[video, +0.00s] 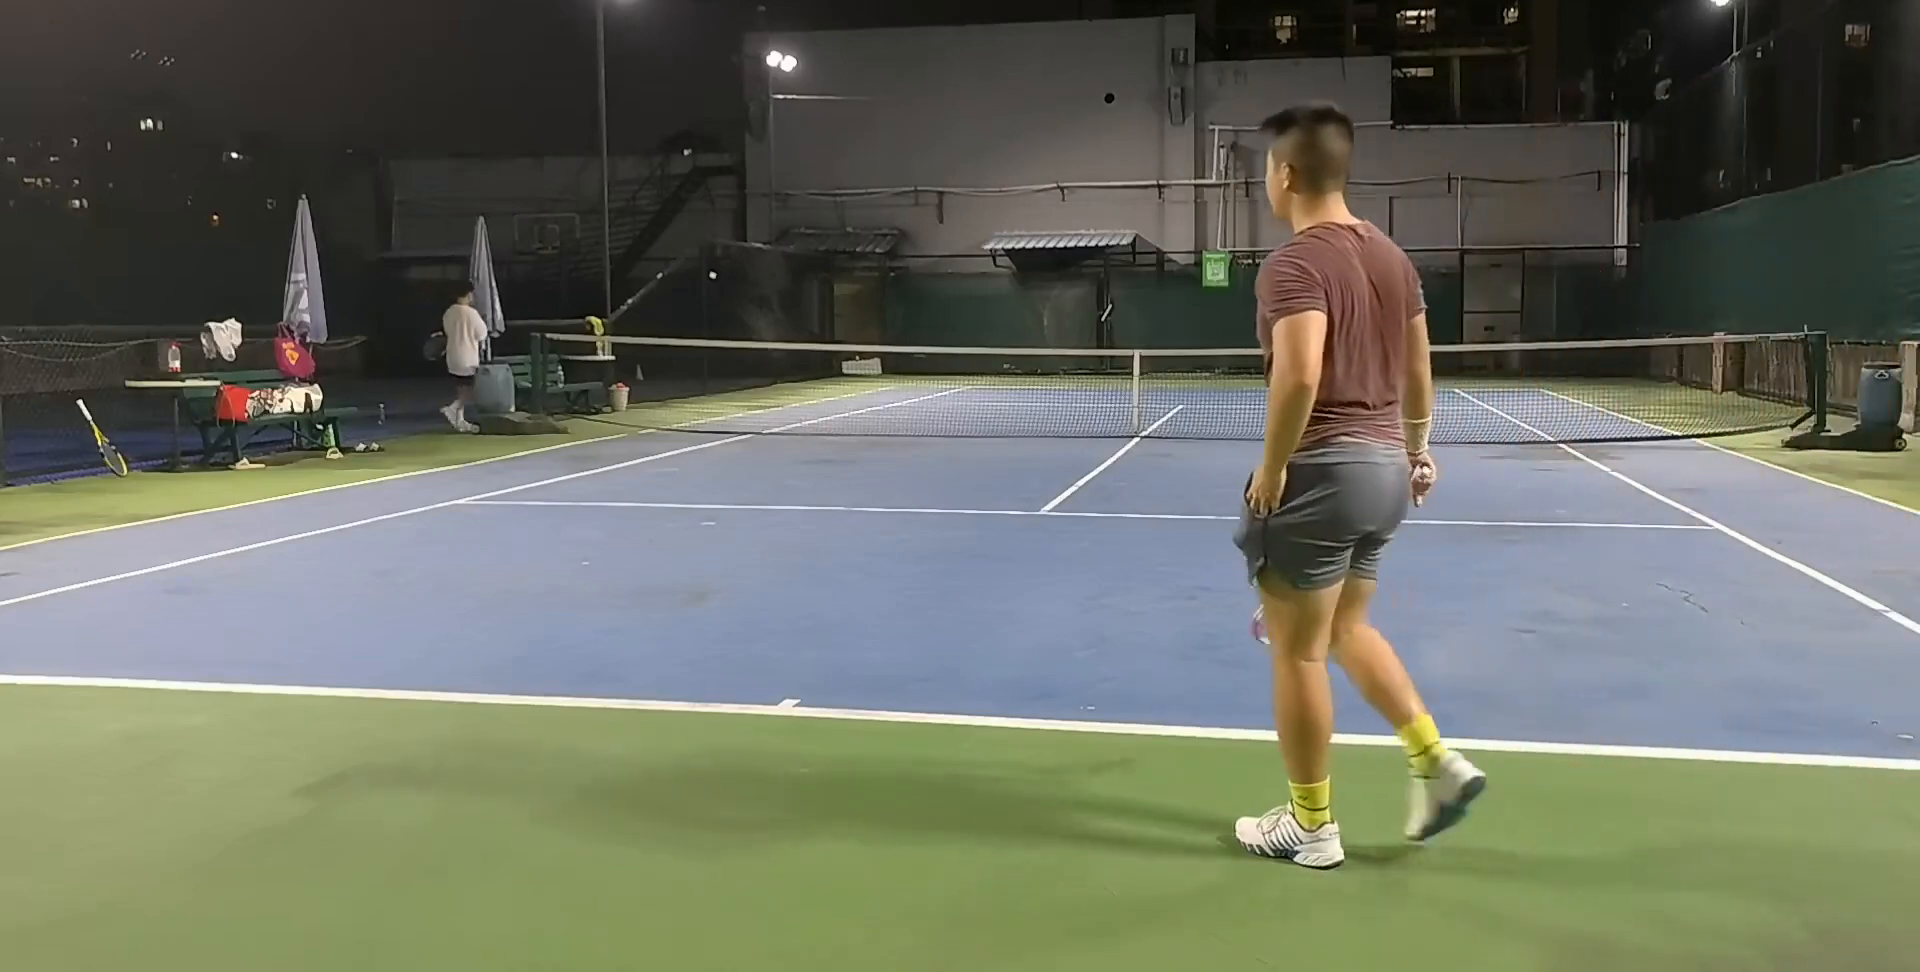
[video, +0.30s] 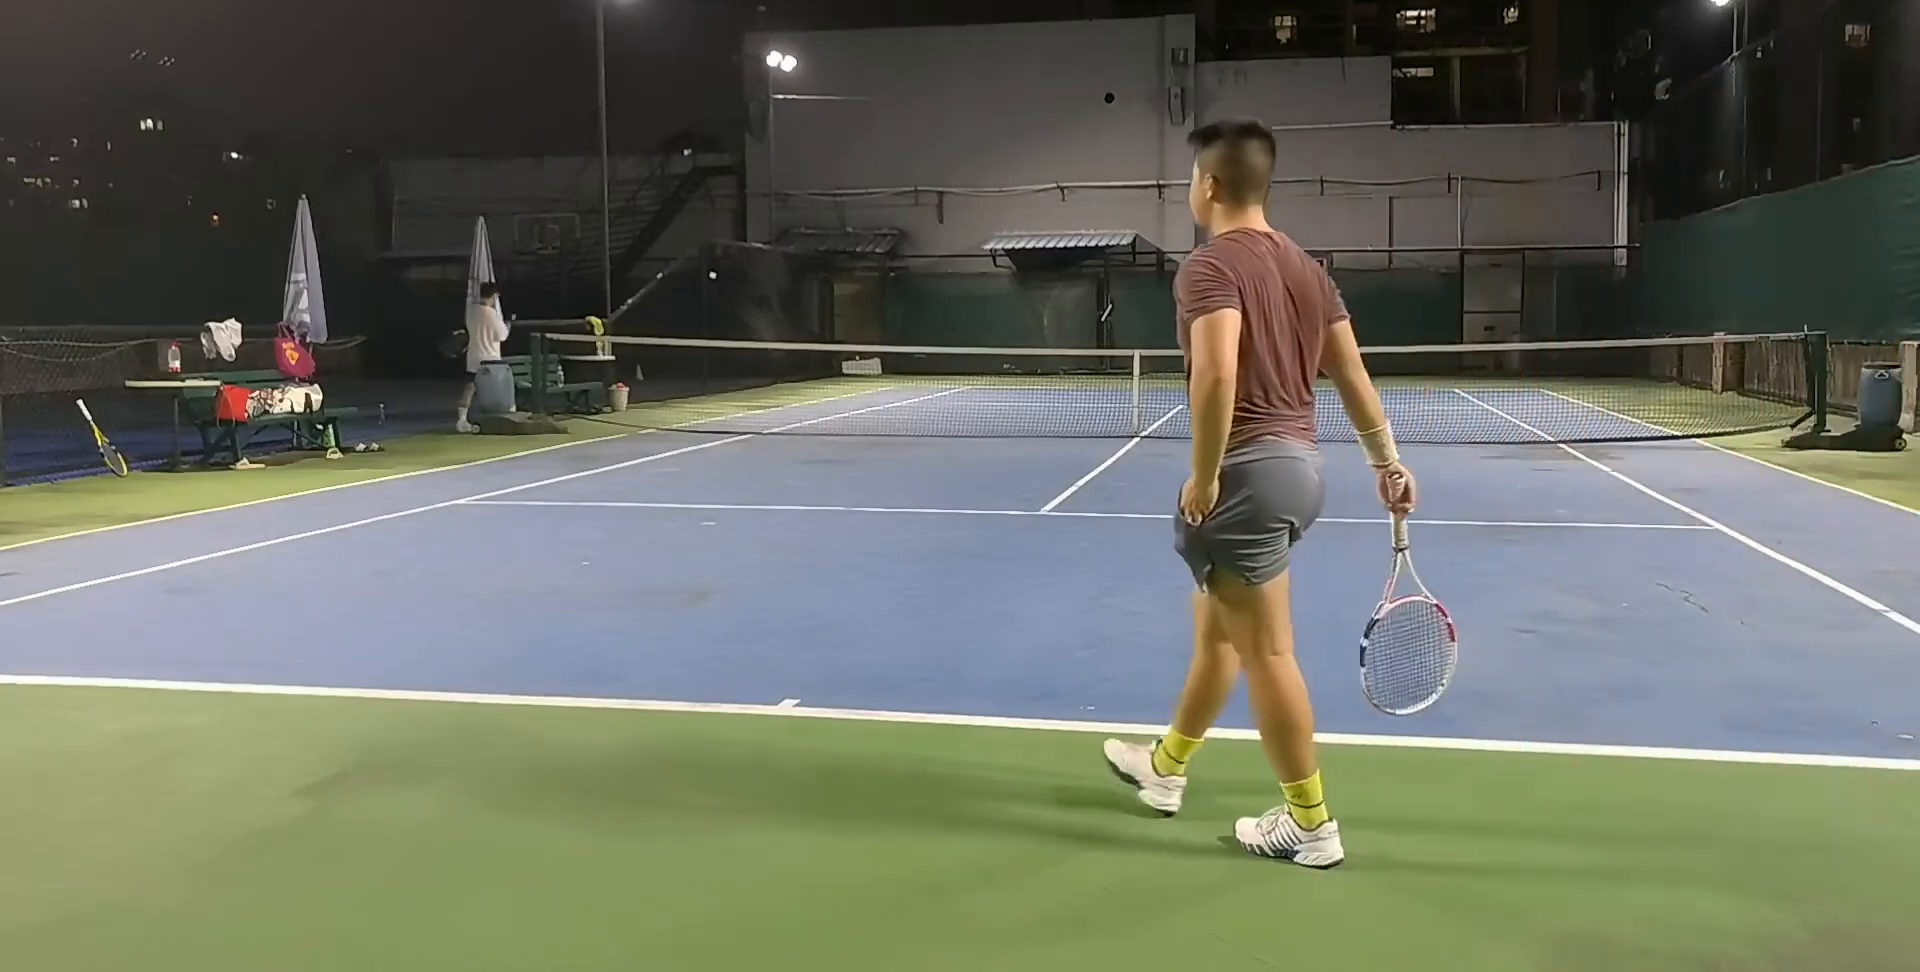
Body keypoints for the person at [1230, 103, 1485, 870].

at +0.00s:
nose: (1268, 182)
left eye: (1270, 170)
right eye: (1272, 168)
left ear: (1286, 176)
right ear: (1343, 175)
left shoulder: (1294, 262)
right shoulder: (1394, 257)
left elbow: (1299, 373)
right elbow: (1417, 367)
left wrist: (1271, 467)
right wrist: (1415, 446)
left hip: (1321, 467)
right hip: (1388, 465)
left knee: (1297, 645)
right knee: (1348, 626)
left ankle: (1310, 821)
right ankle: (1437, 761)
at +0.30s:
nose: (1188, 190)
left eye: (1192, 179)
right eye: (1192, 178)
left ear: (1207, 185)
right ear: (1265, 188)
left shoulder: (1210, 265)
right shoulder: (1308, 267)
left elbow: (1217, 376)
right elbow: (1350, 372)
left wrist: (1202, 477)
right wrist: (1387, 460)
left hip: (1245, 468)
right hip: (1304, 465)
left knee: (1267, 651)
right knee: (1217, 620)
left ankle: (1310, 821)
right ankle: (1166, 766)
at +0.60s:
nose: (1133, 195)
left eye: (1134, 187)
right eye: (1138, 187)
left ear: (1142, 189)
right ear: (1203, 193)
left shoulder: (1140, 259)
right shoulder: (1227, 277)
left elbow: (1137, 368)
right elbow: (1237, 389)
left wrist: (1119, 468)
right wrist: (1235, 472)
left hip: (1160, 460)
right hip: (1215, 459)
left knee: (1126, 636)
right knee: (1153, 621)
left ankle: (1245, 763)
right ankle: (1139, 772)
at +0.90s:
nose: (1069, 197)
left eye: (1069, 189)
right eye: (1074, 190)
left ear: (1076, 191)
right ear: (1140, 193)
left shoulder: (1084, 261)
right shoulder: (1161, 270)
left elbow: (1093, 364)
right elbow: (1158, 375)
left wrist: (1060, 458)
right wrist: (1098, 437)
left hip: (1098, 457)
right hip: (1154, 454)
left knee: (1032, 606)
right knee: (1137, 613)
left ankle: (1019, 770)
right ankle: (1141, 775)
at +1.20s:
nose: (982, 207)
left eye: (982, 198)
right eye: (985, 198)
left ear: (989, 201)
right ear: (1051, 198)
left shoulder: (998, 277)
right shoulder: (1087, 273)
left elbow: (1009, 387)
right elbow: (1096, 371)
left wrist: (974, 461)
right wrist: (1048, 422)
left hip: (1020, 458)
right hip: (1084, 454)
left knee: (977, 611)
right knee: (1079, 605)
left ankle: (962, 757)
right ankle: (1131, 758)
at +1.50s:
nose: (912, 210)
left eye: (911, 201)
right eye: (915, 201)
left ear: (919, 202)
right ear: (977, 195)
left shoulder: (925, 267)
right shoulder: (1027, 265)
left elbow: (935, 370)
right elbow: (1064, 366)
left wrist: (910, 454)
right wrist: (1081, 437)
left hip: (956, 447)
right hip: (1023, 449)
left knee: (950, 605)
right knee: (987, 585)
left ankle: (962, 757)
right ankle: (1033, 715)